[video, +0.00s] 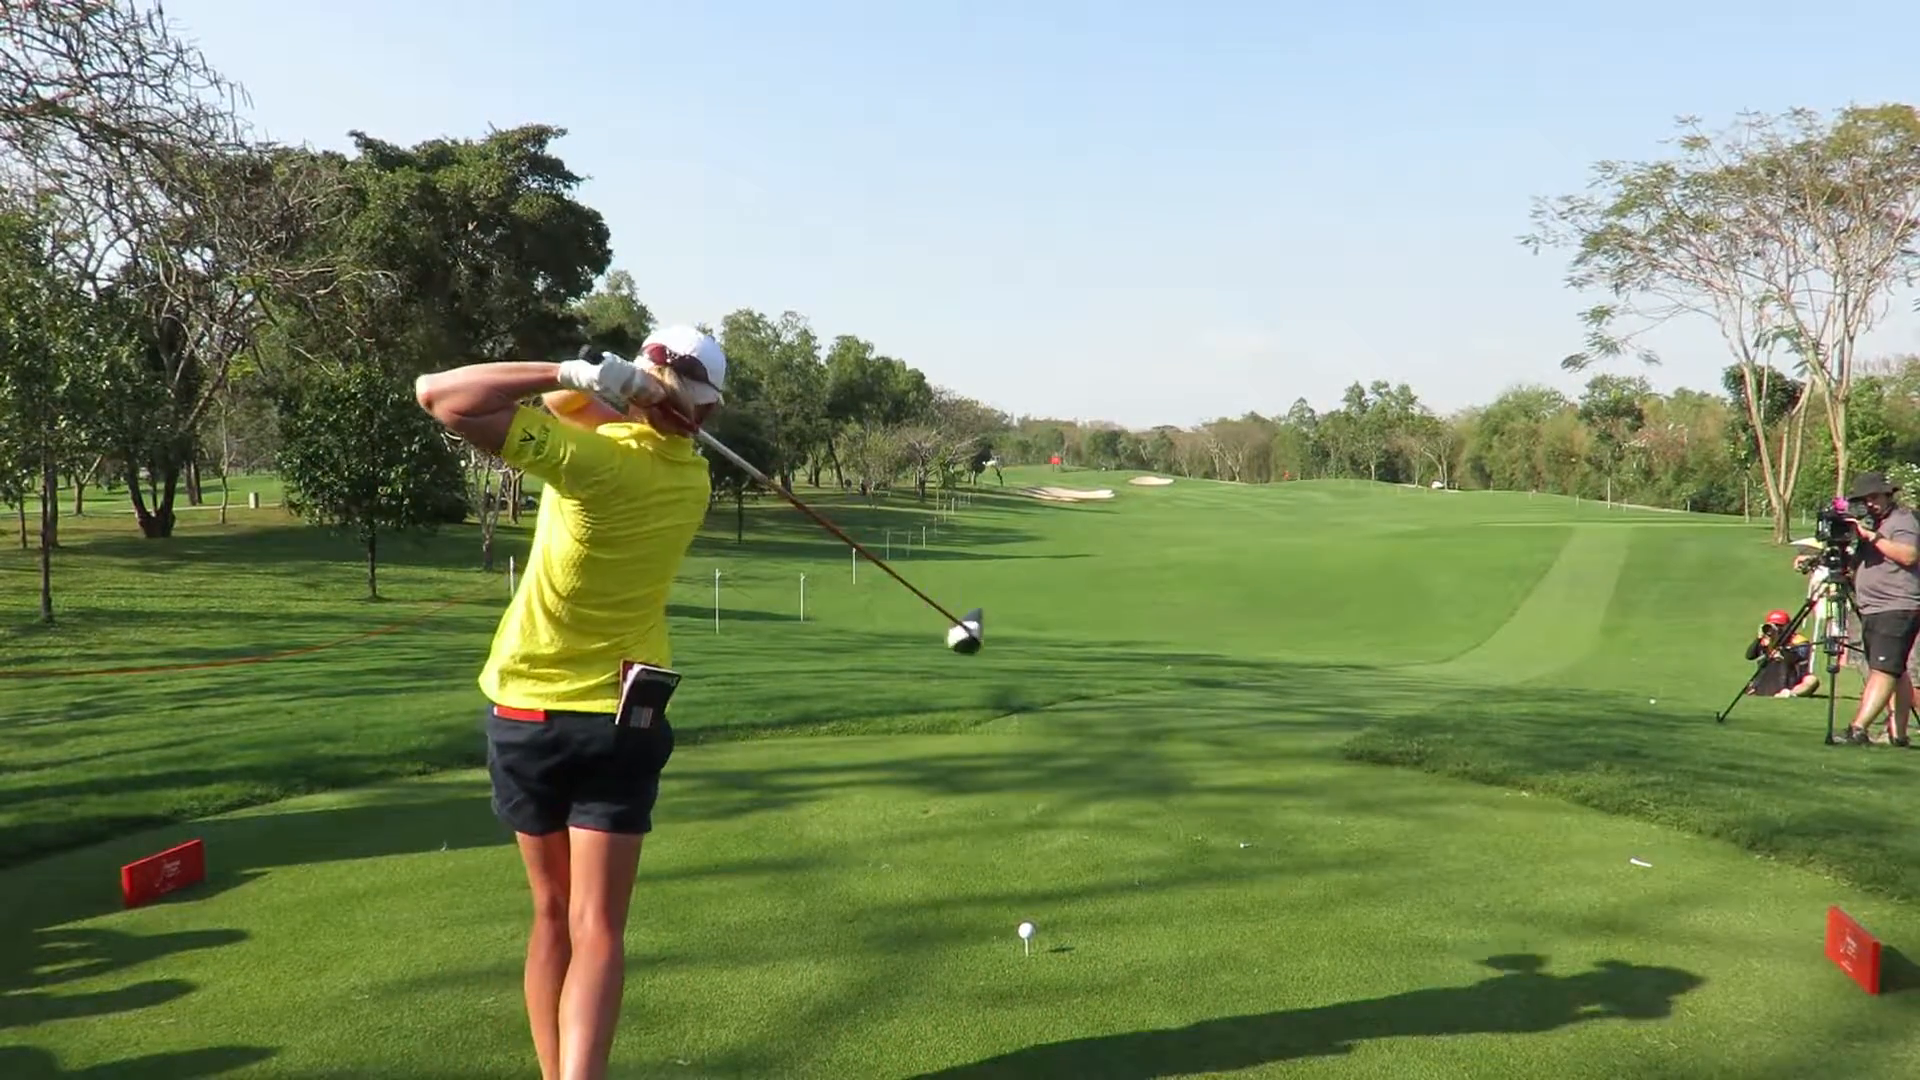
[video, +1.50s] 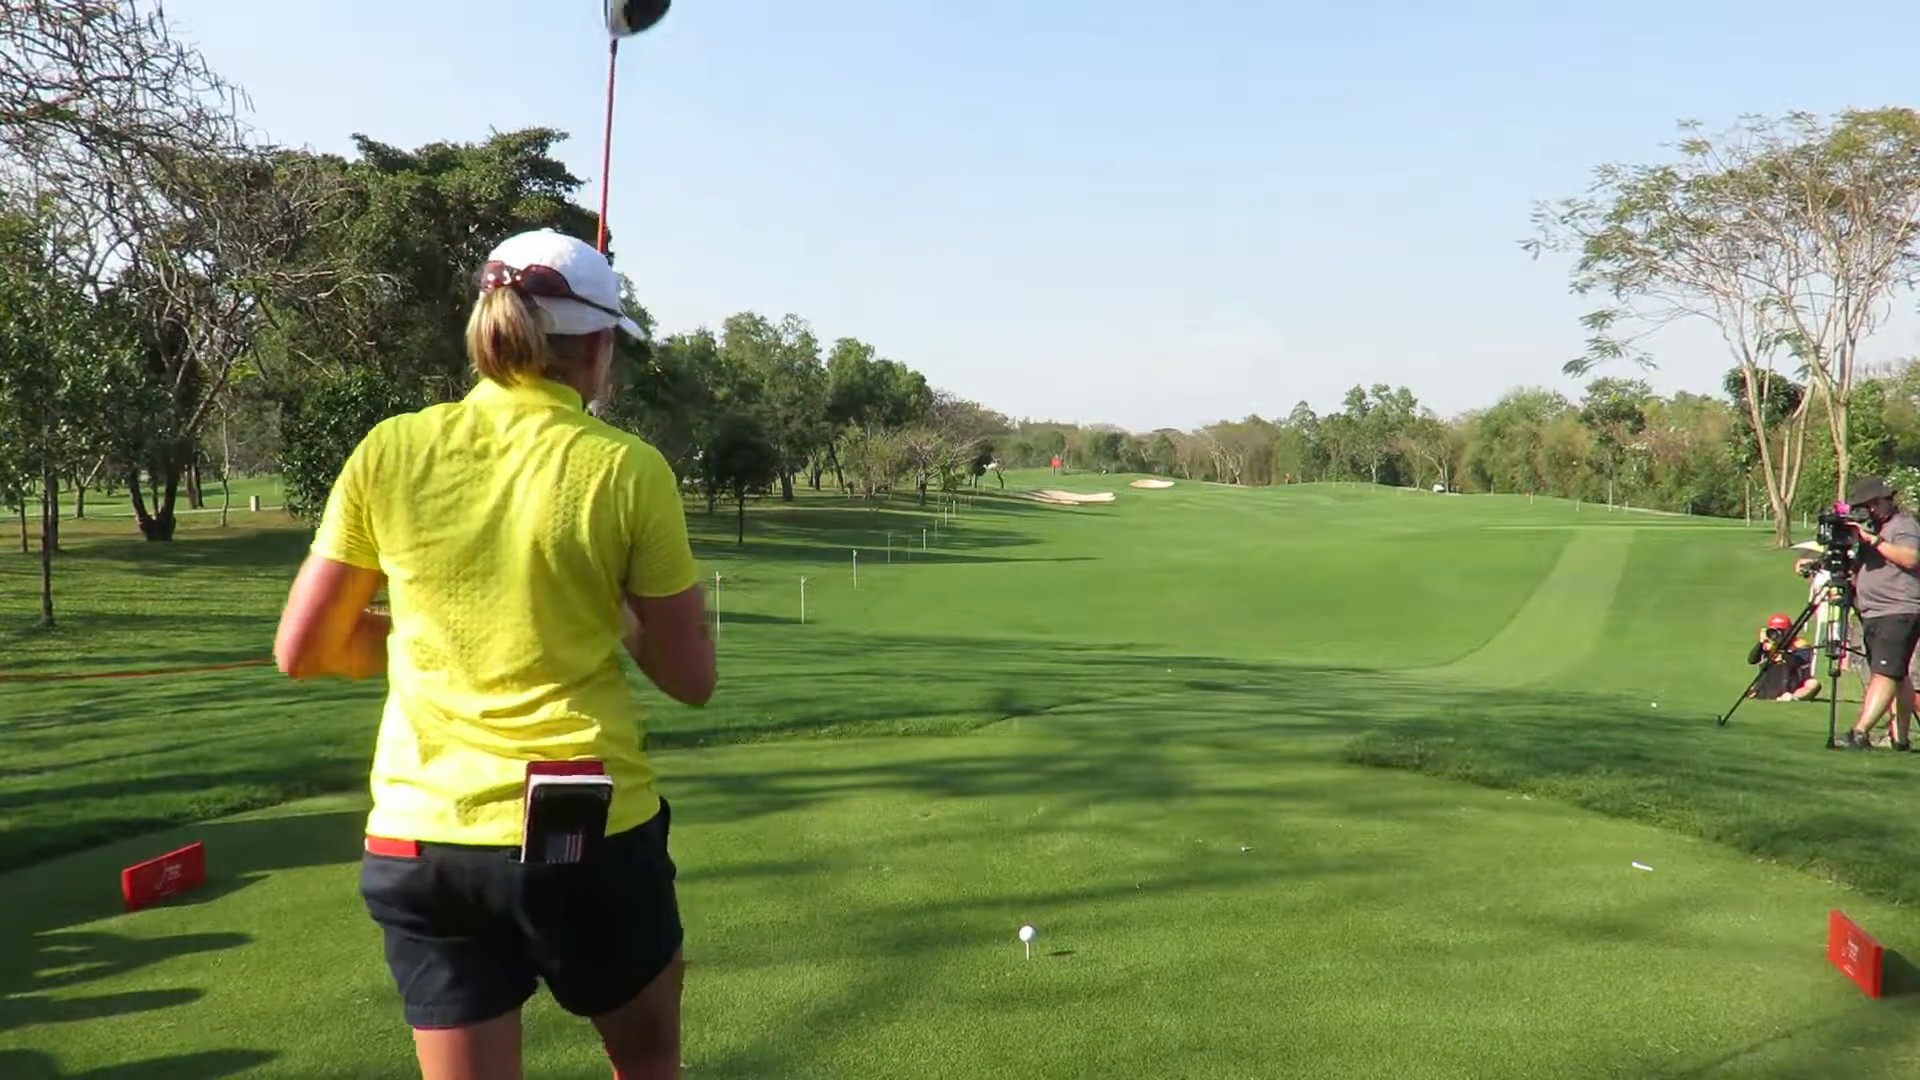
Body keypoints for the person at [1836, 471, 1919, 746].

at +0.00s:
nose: (1868, 506)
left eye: (1873, 499)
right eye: (1865, 501)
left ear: (1887, 496)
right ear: (1863, 502)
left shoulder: (1902, 520)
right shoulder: (1875, 525)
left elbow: (1909, 556)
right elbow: (1865, 566)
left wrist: (1872, 538)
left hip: (1898, 607)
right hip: (1874, 608)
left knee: (1884, 667)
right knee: (1891, 670)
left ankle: (1858, 727)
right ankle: (1898, 733)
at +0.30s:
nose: (1868, 507)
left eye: (1872, 500)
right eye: (1864, 502)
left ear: (1887, 497)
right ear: (1862, 504)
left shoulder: (1902, 521)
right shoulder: (1874, 525)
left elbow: (1909, 556)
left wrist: (1871, 537)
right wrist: (1845, 534)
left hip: (1898, 607)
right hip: (1873, 608)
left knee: (1883, 668)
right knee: (1892, 672)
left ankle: (1858, 728)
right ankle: (1898, 733)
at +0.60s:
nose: (1869, 509)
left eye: (1872, 502)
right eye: (1864, 505)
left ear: (1886, 498)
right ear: (1864, 506)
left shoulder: (1902, 522)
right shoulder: (1875, 527)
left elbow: (1910, 557)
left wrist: (1871, 539)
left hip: (1898, 608)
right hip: (1874, 609)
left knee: (1883, 670)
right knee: (1893, 674)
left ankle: (1858, 729)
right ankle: (1898, 735)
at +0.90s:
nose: (1870, 509)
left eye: (1874, 502)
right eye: (1866, 505)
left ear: (1887, 498)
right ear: (1864, 507)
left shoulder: (1903, 522)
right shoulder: (1874, 528)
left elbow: (1910, 558)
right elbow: (1863, 568)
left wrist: (1872, 540)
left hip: (1898, 609)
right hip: (1874, 611)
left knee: (1884, 670)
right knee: (1895, 675)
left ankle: (1858, 730)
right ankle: (1899, 736)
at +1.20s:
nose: (1868, 512)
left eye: (1871, 504)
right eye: (1863, 508)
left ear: (1885, 500)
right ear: (1863, 509)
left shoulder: (1902, 523)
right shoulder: (1874, 529)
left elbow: (1911, 559)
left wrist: (1873, 540)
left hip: (1899, 610)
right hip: (1874, 612)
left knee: (1884, 670)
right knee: (1895, 676)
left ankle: (1859, 730)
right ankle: (1899, 736)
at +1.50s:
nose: (1870, 511)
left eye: (1874, 504)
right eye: (1865, 507)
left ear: (1889, 500)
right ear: (1863, 509)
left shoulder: (1903, 524)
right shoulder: (1874, 530)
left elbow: (1911, 559)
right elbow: (1863, 572)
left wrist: (1873, 541)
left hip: (1899, 611)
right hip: (1875, 613)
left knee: (1885, 671)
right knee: (1896, 677)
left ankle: (1859, 731)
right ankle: (1900, 738)